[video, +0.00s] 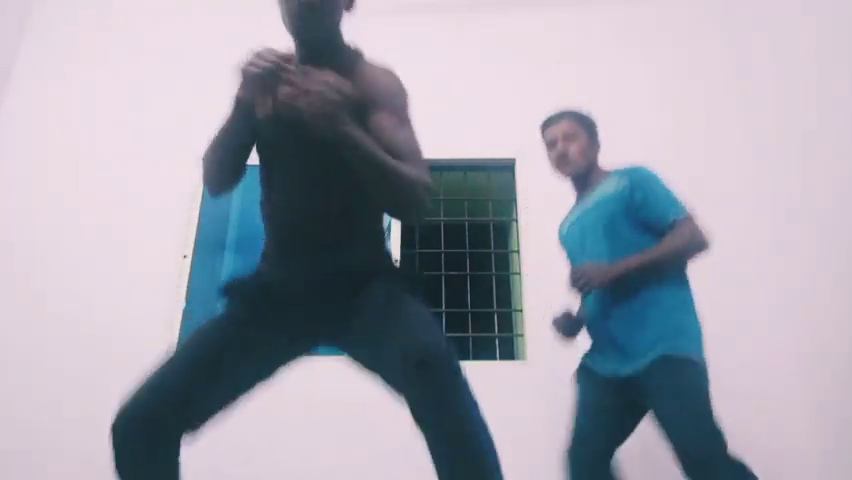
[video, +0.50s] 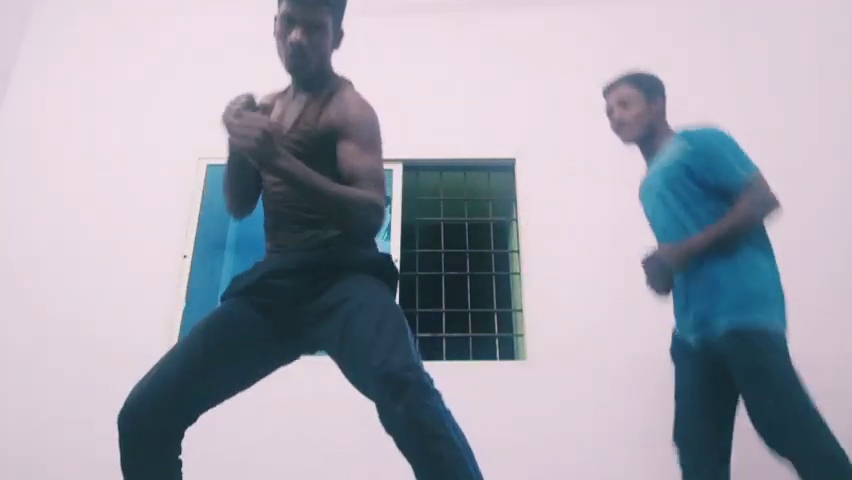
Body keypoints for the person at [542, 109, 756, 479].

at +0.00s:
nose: (560, 150)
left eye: (569, 138)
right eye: (551, 145)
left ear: (593, 142)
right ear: (548, 157)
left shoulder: (635, 182)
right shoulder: (570, 227)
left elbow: (692, 237)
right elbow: (598, 287)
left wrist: (615, 269)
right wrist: (577, 319)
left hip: (667, 351)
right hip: (610, 361)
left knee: (705, 463)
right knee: (585, 463)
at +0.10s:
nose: (576, 113)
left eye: (583, 101)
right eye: (566, 108)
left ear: (606, 103)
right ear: (563, 120)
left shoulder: (644, 136)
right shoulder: (584, 186)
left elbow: (711, 185)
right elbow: (621, 244)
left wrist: (636, 222)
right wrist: (597, 268)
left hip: (686, 302)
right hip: (631, 321)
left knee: (730, 422)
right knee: (649, 449)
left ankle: (762, 474)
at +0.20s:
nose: (600, 109)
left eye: (608, 97)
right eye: (590, 104)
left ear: (633, 97)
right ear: (587, 115)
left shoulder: (675, 130)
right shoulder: (612, 179)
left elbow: (736, 182)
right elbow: (639, 238)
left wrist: (661, 229)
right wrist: (619, 261)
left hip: (714, 312)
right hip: (658, 319)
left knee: (756, 415)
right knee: (651, 434)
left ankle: (819, 475)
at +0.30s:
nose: (621, 127)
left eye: (630, 116)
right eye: (612, 122)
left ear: (655, 118)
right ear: (608, 134)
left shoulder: (698, 155)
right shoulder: (633, 203)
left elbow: (756, 207)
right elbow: (664, 262)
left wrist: (675, 256)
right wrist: (641, 286)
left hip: (739, 339)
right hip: (681, 346)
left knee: (793, 453)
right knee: (662, 461)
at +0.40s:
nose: (632, 142)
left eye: (642, 130)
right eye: (623, 136)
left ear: (671, 133)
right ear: (619, 147)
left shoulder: (715, 176)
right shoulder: (644, 219)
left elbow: (776, 239)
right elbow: (692, 292)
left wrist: (688, 278)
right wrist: (661, 318)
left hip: (751, 351)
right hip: (694, 364)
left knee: (789, 469)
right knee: (679, 473)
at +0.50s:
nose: (615, 117)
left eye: (624, 105)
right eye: (610, 111)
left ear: (656, 105)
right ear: (609, 120)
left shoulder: (702, 142)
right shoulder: (648, 188)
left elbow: (761, 197)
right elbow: (691, 251)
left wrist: (682, 250)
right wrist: (665, 273)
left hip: (746, 318)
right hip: (694, 331)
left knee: (790, 428)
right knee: (698, 451)